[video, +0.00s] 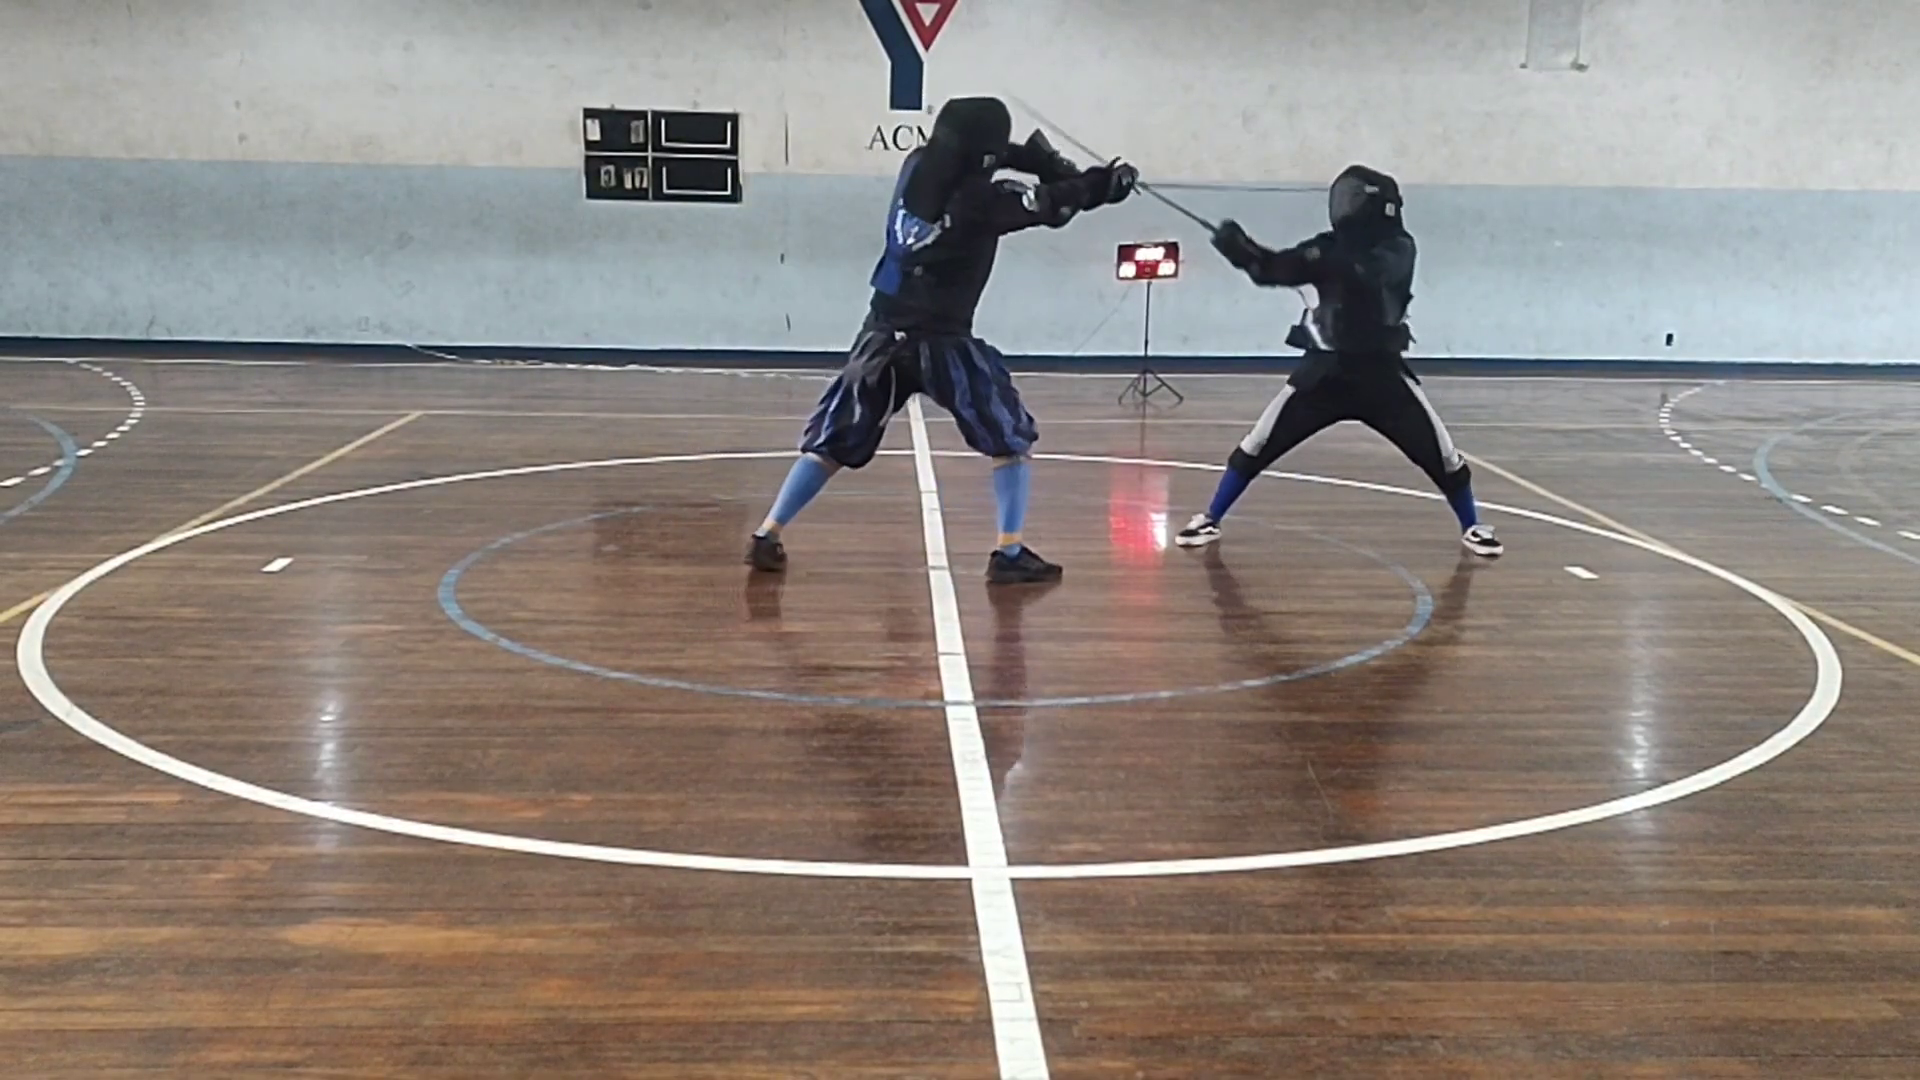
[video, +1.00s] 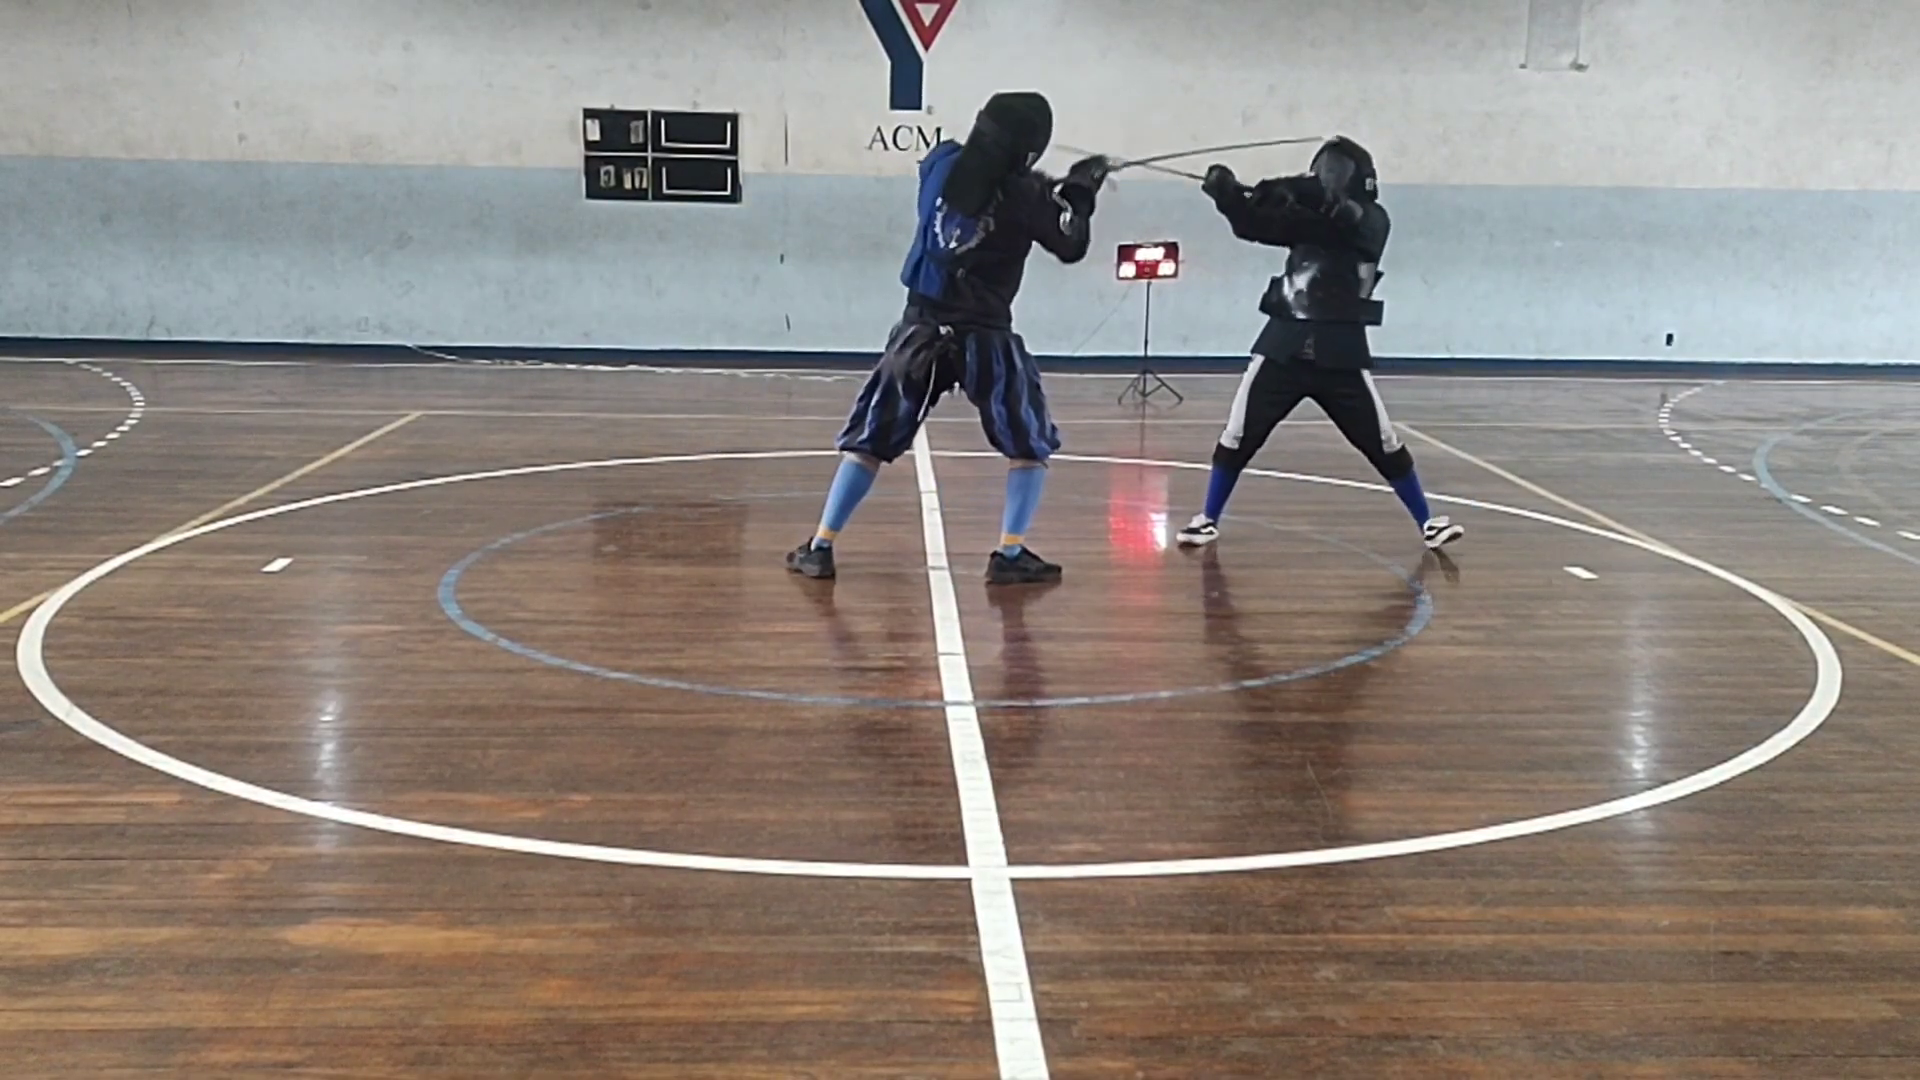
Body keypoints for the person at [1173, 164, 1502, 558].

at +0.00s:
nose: (1343, 206)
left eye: (1353, 198)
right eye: (1341, 198)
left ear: (1376, 204)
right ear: (1340, 205)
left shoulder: (1399, 247)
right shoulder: (1328, 246)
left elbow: (1358, 270)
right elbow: (1277, 270)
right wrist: (1244, 252)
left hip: (1383, 374)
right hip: (1322, 373)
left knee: (1442, 455)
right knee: (1258, 445)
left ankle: (1472, 527)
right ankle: (1210, 519)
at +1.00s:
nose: (1326, 179)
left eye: (1336, 171)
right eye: (1321, 170)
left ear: (1359, 177)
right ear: (1313, 172)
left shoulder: (1373, 220)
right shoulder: (1302, 213)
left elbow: (1362, 234)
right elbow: (1253, 223)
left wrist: (1294, 192)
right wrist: (1228, 194)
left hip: (1340, 354)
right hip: (1282, 350)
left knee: (1384, 443)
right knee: (1238, 436)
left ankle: (1427, 522)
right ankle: (1207, 519)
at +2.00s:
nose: (1371, 190)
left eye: (1381, 182)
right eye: (1372, 181)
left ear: (1411, 190)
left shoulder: (1440, 235)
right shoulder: (1367, 241)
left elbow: (1475, 284)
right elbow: (1358, 311)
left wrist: (1419, 298)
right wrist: (1360, 290)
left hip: (1439, 358)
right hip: (1384, 358)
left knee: (1469, 446)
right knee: (1327, 431)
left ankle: (1500, 514)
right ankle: (1303, 511)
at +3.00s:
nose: (1308, 179)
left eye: (1318, 173)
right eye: (1310, 170)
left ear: (1344, 183)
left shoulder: (1353, 230)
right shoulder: (1305, 208)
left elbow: (1287, 261)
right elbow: (1255, 213)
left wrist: (1216, 247)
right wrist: (1201, 219)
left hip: (1341, 353)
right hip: (1297, 342)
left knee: (1373, 445)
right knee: (1254, 430)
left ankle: (1434, 492)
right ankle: (1260, 518)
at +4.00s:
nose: (1307, 157)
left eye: (1314, 150)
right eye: (1306, 151)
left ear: (1343, 153)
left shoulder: (1368, 190)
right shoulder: (1304, 207)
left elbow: (1317, 159)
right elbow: (1245, 198)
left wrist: (1258, 125)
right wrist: (1212, 142)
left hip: (1351, 337)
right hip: (1297, 339)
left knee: (1389, 435)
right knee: (1280, 440)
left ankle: (1406, 523)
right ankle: (1282, 527)